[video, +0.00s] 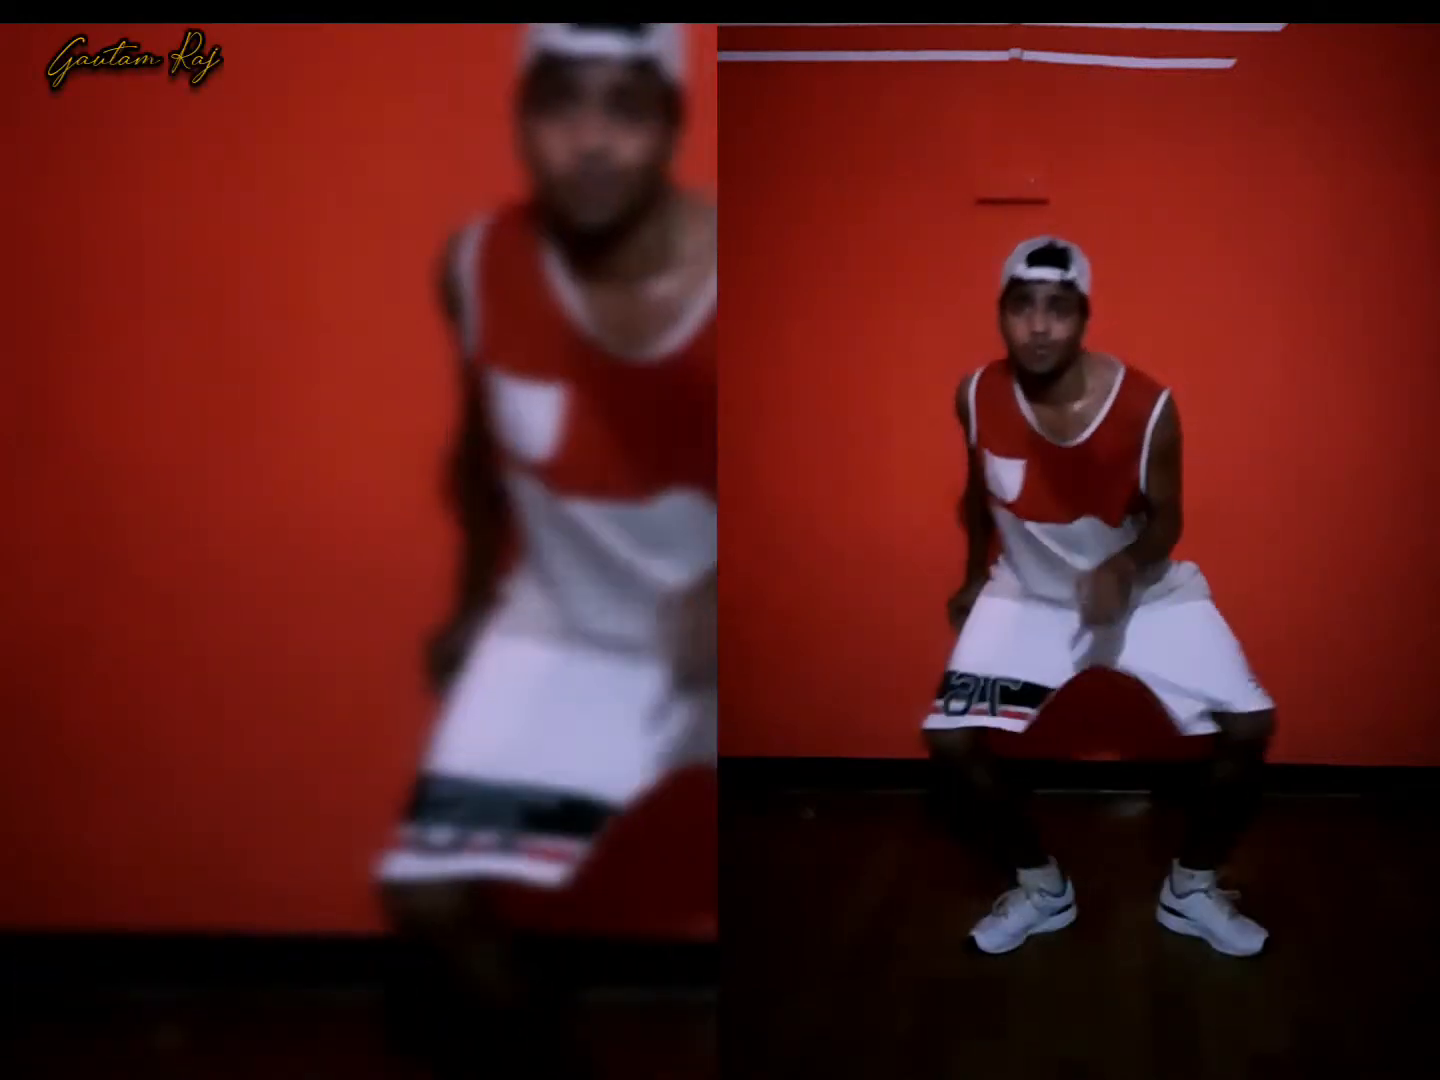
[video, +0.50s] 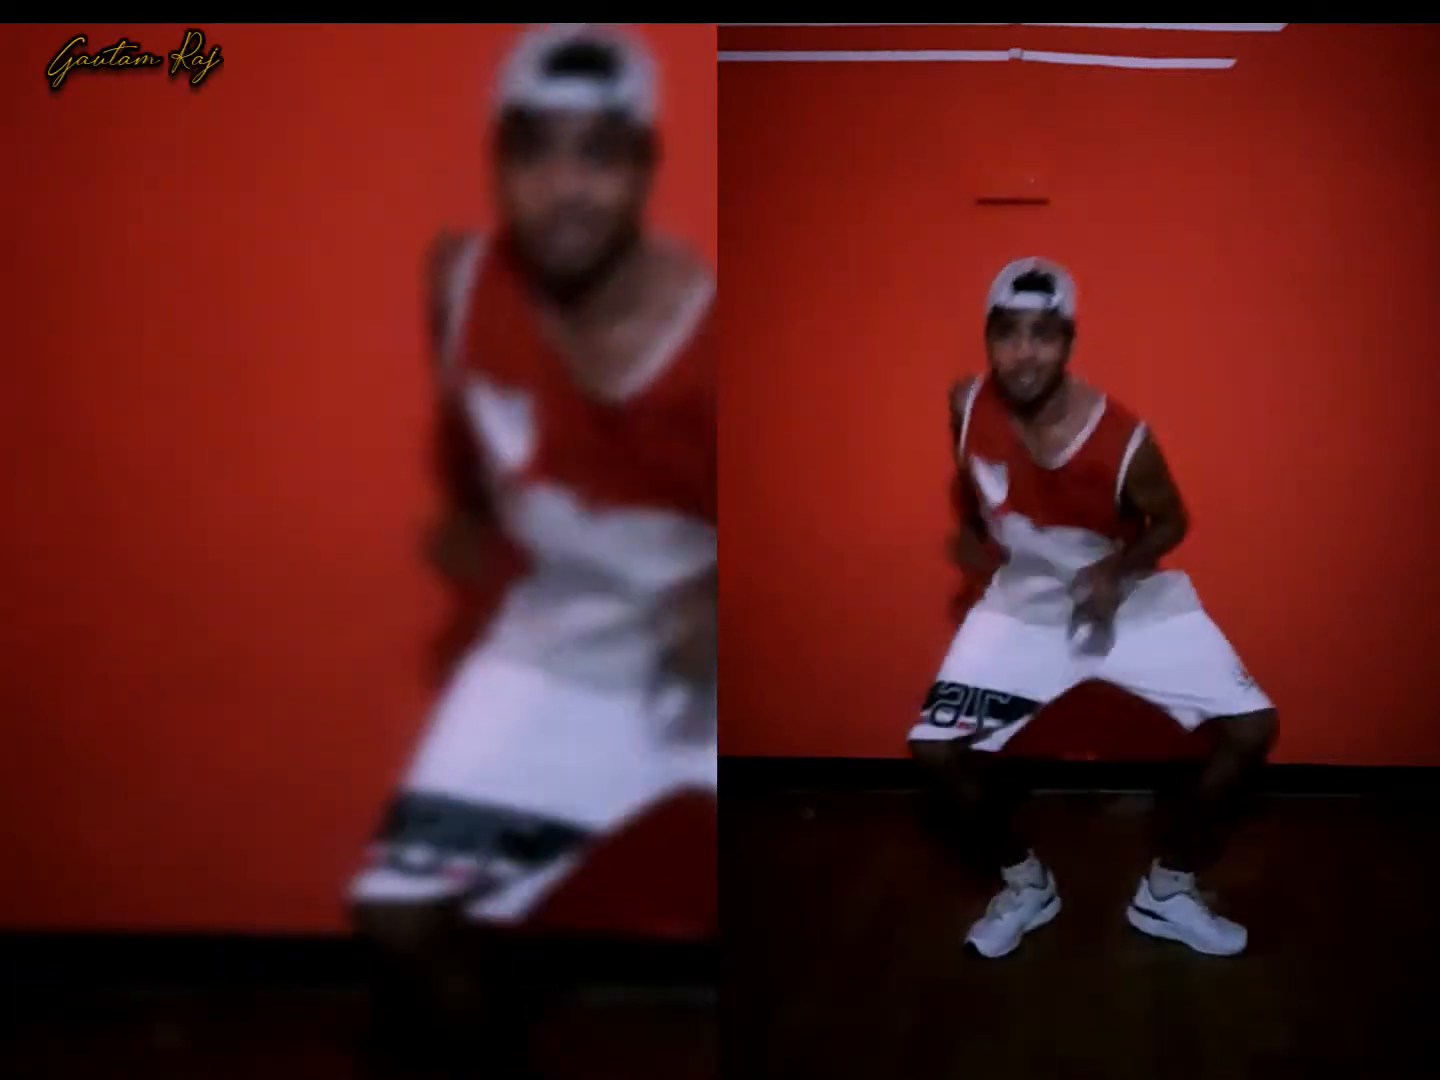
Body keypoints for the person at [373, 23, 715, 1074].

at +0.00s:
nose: (593, 138)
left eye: (628, 109)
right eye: (563, 104)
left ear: (673, 133)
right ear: (523, 127)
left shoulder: (739, 269)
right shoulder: (484, 265)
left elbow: (814, 455)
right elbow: (480, 455)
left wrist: (735, 590)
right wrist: (472, 609)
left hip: (713, 645)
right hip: (552, 638)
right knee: (432, 892)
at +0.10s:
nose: (586, 155)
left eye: (622, 124)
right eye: (556, 121)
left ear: (670, 148)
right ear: (518, 142)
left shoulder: (741, 298)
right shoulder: (487, 279)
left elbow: (821, 477)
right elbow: (487, 462)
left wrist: (736, 572)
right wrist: (493, 598)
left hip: (711, 662)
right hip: (548, 646)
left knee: (789, 910)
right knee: (425, 895)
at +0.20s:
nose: (623, 126)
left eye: (654, 92)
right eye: (591, 96)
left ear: (706, 112)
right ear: (558, 121)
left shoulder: (766, 273)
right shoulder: (492, 254)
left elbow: (813, 501)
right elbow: (507, 408)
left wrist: (701, 653)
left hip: (745, 608)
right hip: (579, 586)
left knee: (779, 885)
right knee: (533, 883)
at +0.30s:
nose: (652, 114)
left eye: (684, 80)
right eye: (619, 81)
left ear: (725, 103)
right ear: (581, 102)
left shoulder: (763, 253)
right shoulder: (493, 230)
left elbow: (758, 508)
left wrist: (686, 700)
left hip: (732, 608)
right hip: (588, 590)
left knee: (743, 882)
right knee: (579, 866)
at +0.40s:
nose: (623, 119)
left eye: (657, 86)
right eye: (593, 84)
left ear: (705, 110)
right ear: (554, 106)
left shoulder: (756, 258)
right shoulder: (479, 217)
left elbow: (787, 481)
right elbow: (521, 383)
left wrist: (702, 659)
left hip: (732, 611)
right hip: (573, 591)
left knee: (765, 909)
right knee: (466, 885)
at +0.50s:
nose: (564, 186)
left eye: (599, 155)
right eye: (536, 153)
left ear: (647, 173)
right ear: (498, 170)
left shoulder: (720, 323)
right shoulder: (466, 280)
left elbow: (788, 491)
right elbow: (459, 438)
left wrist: (727, 599)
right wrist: (469, 524)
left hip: (697, 653)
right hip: (541, 647)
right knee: (405, 912)